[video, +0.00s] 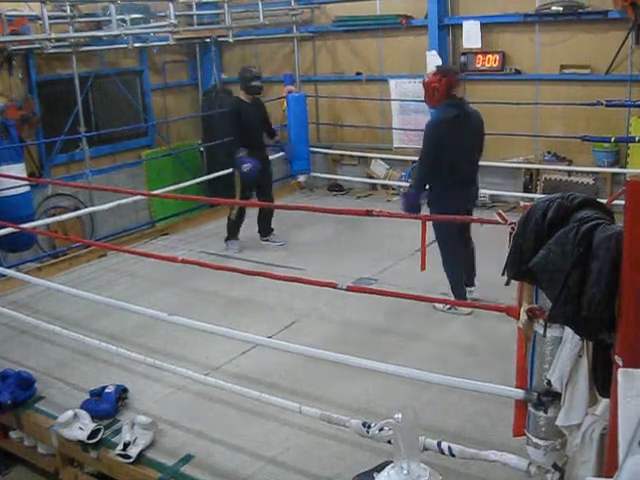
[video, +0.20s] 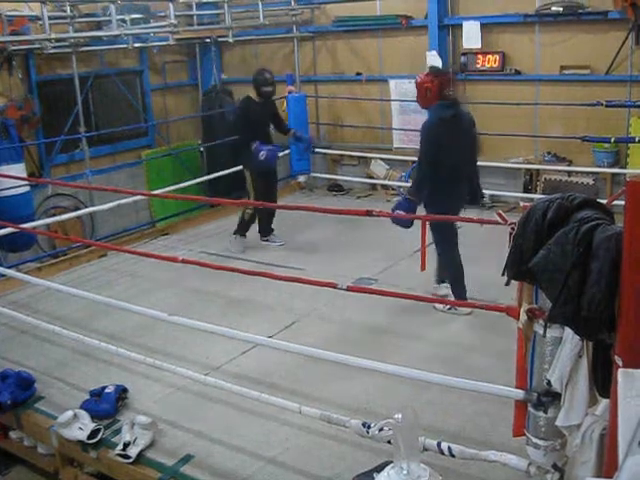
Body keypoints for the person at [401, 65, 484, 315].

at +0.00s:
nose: (425, 95)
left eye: (427, 90)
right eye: (425, 89)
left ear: (438, 91)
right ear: (452, 90)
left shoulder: (437, 123)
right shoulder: (473, 117)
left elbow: (426, 164)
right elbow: (475, 154)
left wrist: (413, 193)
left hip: (444, 193)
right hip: (468, 190)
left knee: (448, 244)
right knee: (464, 236)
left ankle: (460, 299)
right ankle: (468, 283)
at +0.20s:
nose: (418, 95)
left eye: (421, 90)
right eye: (419, 90)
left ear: (431, 92)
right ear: (445, 91)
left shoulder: (432, 125)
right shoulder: (465, 119)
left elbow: (425, 168)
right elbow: (470, 159)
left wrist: (411, 199)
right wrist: (474, 192)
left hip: (438, 193)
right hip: (458, 191)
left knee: (447, 244)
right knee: (443, 235)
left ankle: (460, 299)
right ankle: (442, 280)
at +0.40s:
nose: (406, 98)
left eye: (409, 92)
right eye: (406, 92)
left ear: (418, 94)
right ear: (428, 93)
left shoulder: (421, 124)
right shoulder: (446, 118)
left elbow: (414, 167)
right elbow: (458, 157)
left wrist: (402, 200)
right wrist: (465, 190)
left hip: (429, 192)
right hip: (445, 189)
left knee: (440, 244)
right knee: (423, 234)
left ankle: (460, 299)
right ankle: (407, 277)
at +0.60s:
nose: (387, 97)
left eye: (391, 92)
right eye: (388, 92)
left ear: (400, 94)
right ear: (411, 94)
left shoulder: (398, 124)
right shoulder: (426, 117)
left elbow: (391, 165)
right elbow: (437, 149)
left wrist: (380, 196)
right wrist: (432, 177)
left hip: (410, 190)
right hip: (428, 187)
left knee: (423, 243)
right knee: (411, 238)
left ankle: (454, 293)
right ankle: (398, 281)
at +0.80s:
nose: (368, 100)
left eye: (370, 95)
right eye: (369, 95)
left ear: (378, 96)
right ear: (394, 94)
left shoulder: (376, 123)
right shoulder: (413, 119)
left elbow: (367, 159)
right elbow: (417, 155)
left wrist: (357, 186)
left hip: (392, 187)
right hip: (416, 186)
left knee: (383, 238)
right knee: (408, 236)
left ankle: (419, 272)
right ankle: (398, 281)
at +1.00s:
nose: (351, 100)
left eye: (353, 96)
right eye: (352, 96)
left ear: (359, 97)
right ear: (378, 95)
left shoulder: (356, 124)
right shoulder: (397, 117)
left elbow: (350, 160)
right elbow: (397, 149)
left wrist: (342, 186)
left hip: (372, 185)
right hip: (398, 183)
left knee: (356, 227)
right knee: (400, 230)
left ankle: (361, 276)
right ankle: (398, 280)